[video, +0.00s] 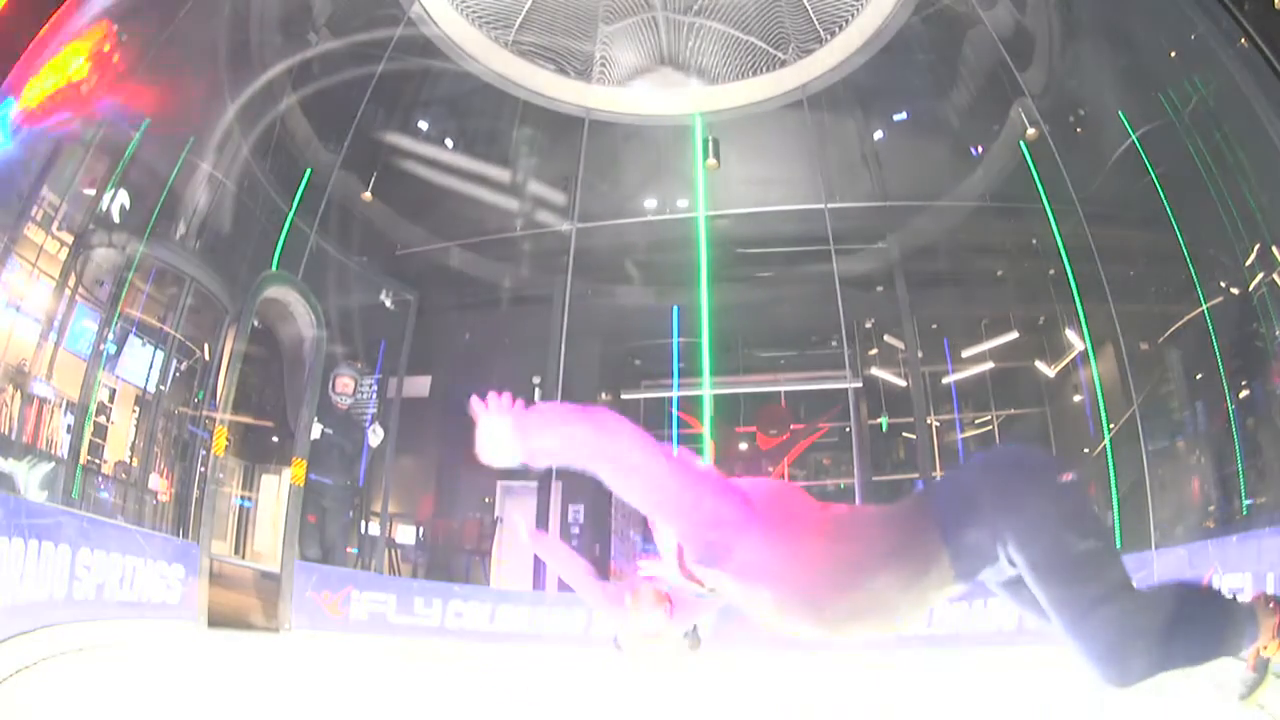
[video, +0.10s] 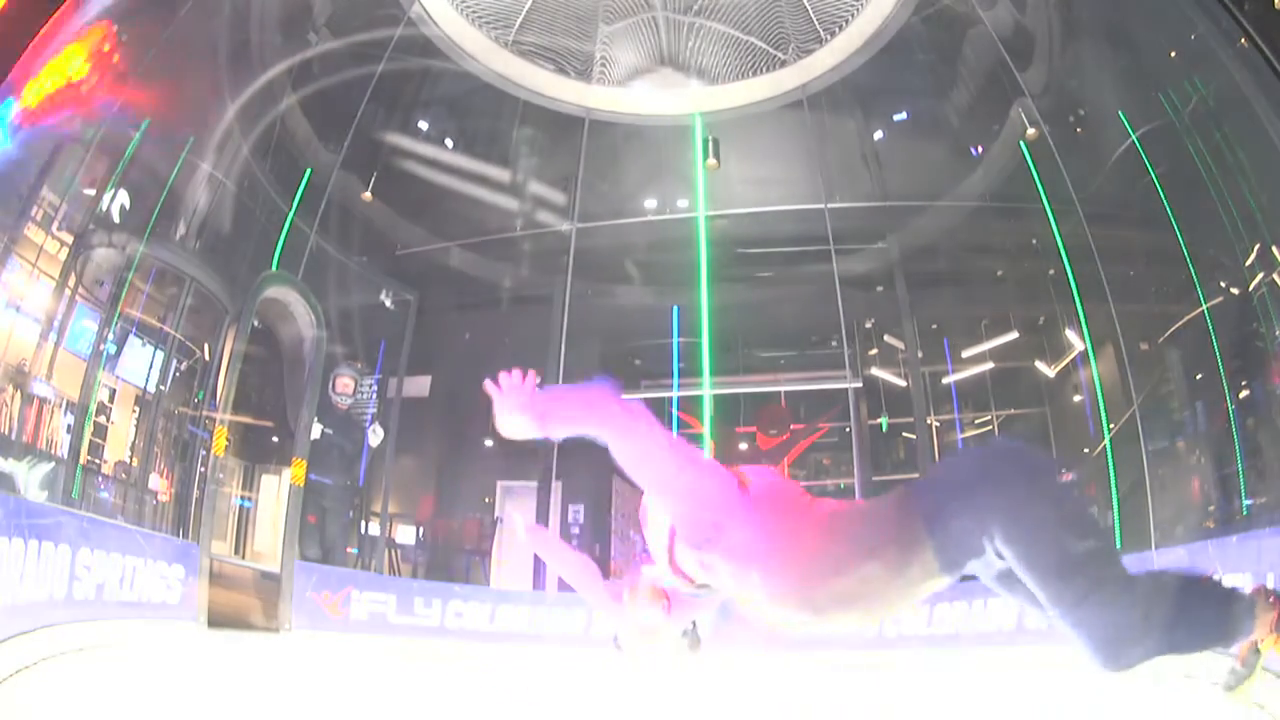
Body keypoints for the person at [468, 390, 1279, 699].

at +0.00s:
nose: (657, 589)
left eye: (648, 580)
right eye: (651, 594)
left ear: (658, 554)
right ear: (663, 594)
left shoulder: (710, 520)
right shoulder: (722, 595)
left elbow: (605, 433)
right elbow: (620, 612)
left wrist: (516, 434)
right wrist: (559, 555)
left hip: (996, 497)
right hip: (979, 546)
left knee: (1120, 649)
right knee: (1115, 631)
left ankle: (1256, 626)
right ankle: (1248, 623)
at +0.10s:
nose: (645, 547)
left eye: (644, 532)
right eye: (644, 552)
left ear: (663, 509)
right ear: (664, 568)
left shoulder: (703, 501)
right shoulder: (717, 593)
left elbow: (613, 408)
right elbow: (622, 603)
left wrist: (527, 410)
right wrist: (555, 554)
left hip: (980, 488)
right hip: (968, 545)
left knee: (1114, 629)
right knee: (1108, 618)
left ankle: (1257, 616)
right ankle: (1249, 618)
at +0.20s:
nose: (637, 542)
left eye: (634, 524)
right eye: (636, 545)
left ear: (648, 503)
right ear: (650, 554)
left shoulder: (697, 490)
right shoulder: (704, 590)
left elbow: (619, 394)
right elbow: (624, 612)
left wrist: (545, 400)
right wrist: (552, 547)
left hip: (968, 487)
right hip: (960, 540)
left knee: (1109, 616)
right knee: (1106, 596)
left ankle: (1256, 607)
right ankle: (1245, 608)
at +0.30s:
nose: (644, 534)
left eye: (644, 515)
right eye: (644, 541)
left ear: (662, 494)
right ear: (658, 562)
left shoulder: (701, 493)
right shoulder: (707, 589)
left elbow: (628, 401)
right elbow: (608, 595)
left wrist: (544, 407)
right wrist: (545, 529)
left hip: (961, 491)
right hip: (955, 539)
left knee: (1105, 612)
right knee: (1105, 596)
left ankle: (1244, 589)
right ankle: (1241, 601)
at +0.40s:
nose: (669, 558)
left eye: (666, 553)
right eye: (665, 561)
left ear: (672, 560)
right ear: (675, 575)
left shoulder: (722, 534)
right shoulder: (736, 586)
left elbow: (632, 438)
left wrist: (514, 435)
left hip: (959, 498)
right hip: (951, 521)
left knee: (1101, 607)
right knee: (1100, 604)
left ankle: (1232, 582)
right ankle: (1237, 595)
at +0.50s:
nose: (645, 590)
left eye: (634, 585)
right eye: (636, 597)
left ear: (650, 564)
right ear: (655, 595)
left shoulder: (717, 542)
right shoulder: (737, 597)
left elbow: (616, 465)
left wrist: (488, 459)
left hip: (955, 504)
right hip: (950, 539)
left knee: (1101, 604)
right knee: (1108, 585)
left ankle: (1248, 596)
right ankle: (1243, 580)